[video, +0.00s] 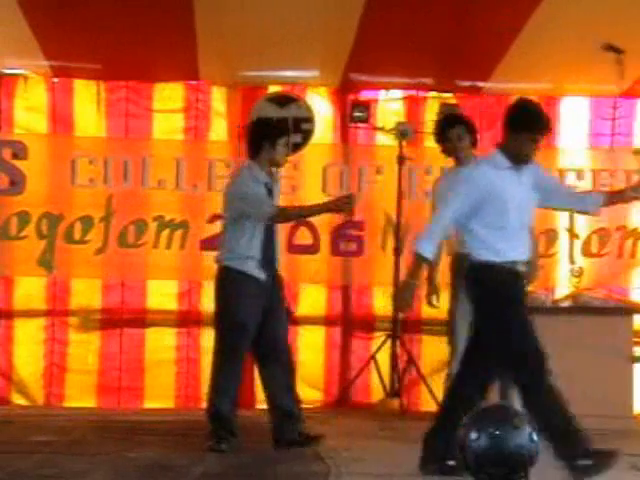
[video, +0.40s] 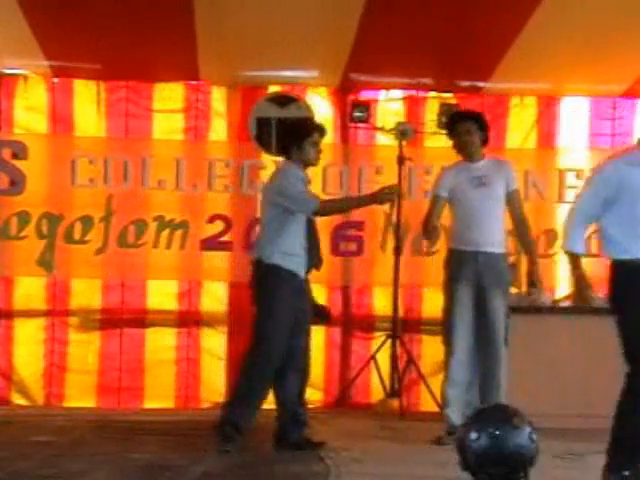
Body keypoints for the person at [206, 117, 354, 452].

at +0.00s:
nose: (288, 155)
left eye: (290, 148)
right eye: (284, 147)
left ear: (278, 148)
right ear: (265, 145)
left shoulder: (270, 182)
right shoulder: (244, 182)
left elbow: (261, 236)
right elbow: (274, 216)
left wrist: (274, 279)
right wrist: (327, 207)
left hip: (264, 279)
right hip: (238, 277)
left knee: (275, 354)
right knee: (231, 353)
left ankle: (287, 428)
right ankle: (222, 429)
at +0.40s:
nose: (320, 151)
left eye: (319, 145)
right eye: (315, 145)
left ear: (304, 148)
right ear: (298, 146)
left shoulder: (295, 181)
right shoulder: (285, 178)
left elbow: (292, 248)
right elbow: (319, 208)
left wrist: (306, 298)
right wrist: (372, 198)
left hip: (292, 276)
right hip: (276, 272)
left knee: (294, 354)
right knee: (270, 350)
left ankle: (291, 431)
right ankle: (233, 423)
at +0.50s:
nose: (325, 151)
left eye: (325, 145)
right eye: (320, 145)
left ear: (311, 149)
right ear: (303, 146)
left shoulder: (300, 180)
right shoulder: (291, 177)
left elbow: (297, 247)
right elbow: (327, 205)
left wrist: (313, 292)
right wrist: (381, 197)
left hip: (295, 274)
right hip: (281, 271)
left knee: (297, 353)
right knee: (278, 350)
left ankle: (292, 431)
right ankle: (239, 426)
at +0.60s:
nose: (328, 152)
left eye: (329, 146)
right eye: (322, 146)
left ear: (316, 150)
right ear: (304, 147)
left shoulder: (305, 181)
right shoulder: (294, 177)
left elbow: (302, 245)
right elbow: (331, 203)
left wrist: (316, 288)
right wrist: (386, 197)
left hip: (299, 272)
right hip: (282, 269)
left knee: (301, 352)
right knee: (282, 350)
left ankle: (292, 431)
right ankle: (248, 427)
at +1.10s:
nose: (339, 155)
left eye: (340, 149)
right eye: (333, 149)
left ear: (323, 152)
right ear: (315, 149)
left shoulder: (312, 179)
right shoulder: (306, 177)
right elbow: (348, 196)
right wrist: (400, 195)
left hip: (301, 270)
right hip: (288, 268)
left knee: (302, 352)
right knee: (289, 349)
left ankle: (293, 432)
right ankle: (254, 427)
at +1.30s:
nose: (340, 155)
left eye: (341, 149)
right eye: (335, 148)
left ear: (326, 152)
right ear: (318, 149)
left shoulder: (311, 178)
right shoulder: (308, 177)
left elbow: (349, 196)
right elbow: (348, 194)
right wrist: (398, 194)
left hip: (299, 267)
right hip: (292, 267)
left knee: (303, 349)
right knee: (304, 348)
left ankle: (295, 427)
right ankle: (269, 417)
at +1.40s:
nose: (341, 155)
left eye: (342, 149)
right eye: (337, 148)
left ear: (327, 151)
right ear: (319, 149)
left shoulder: (312, 178)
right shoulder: (309, 176)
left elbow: (350, 196)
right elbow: (347, 194)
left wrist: (393, 192)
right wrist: (395, 193)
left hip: (299, 266)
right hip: (294, 265)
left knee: (304, 341)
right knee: (312, 341)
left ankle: (288, 420)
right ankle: (289, 426)